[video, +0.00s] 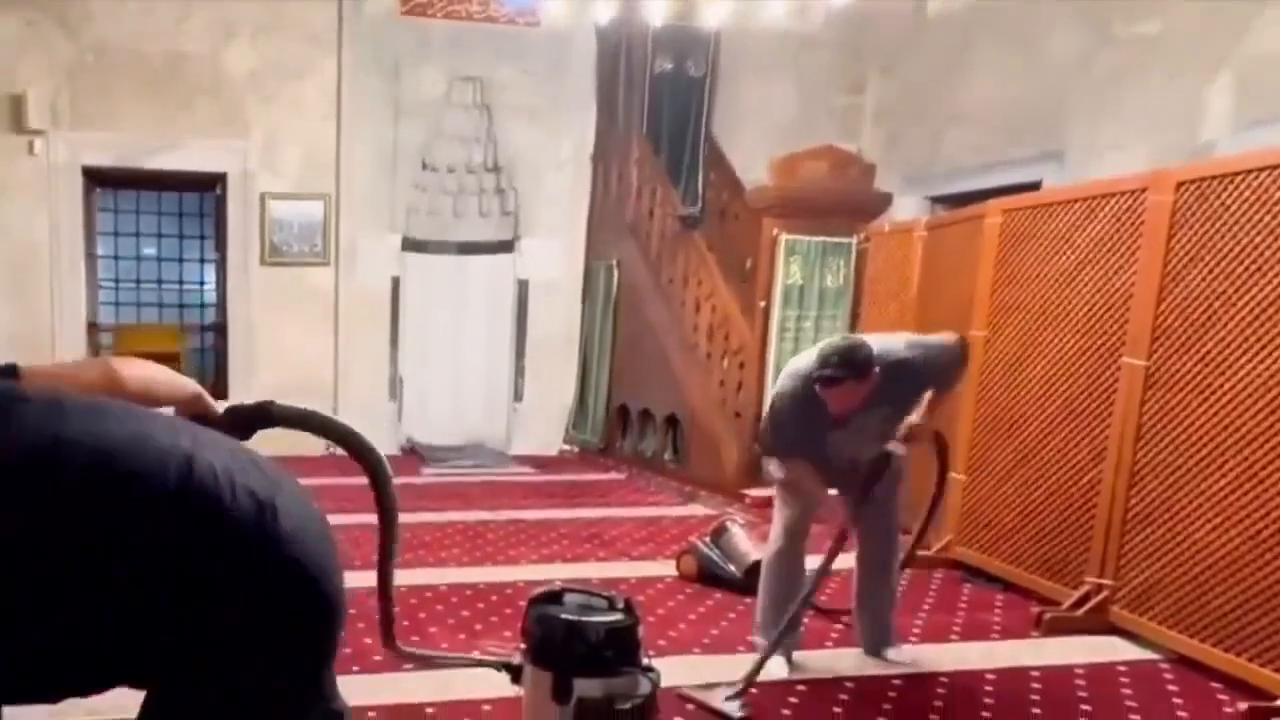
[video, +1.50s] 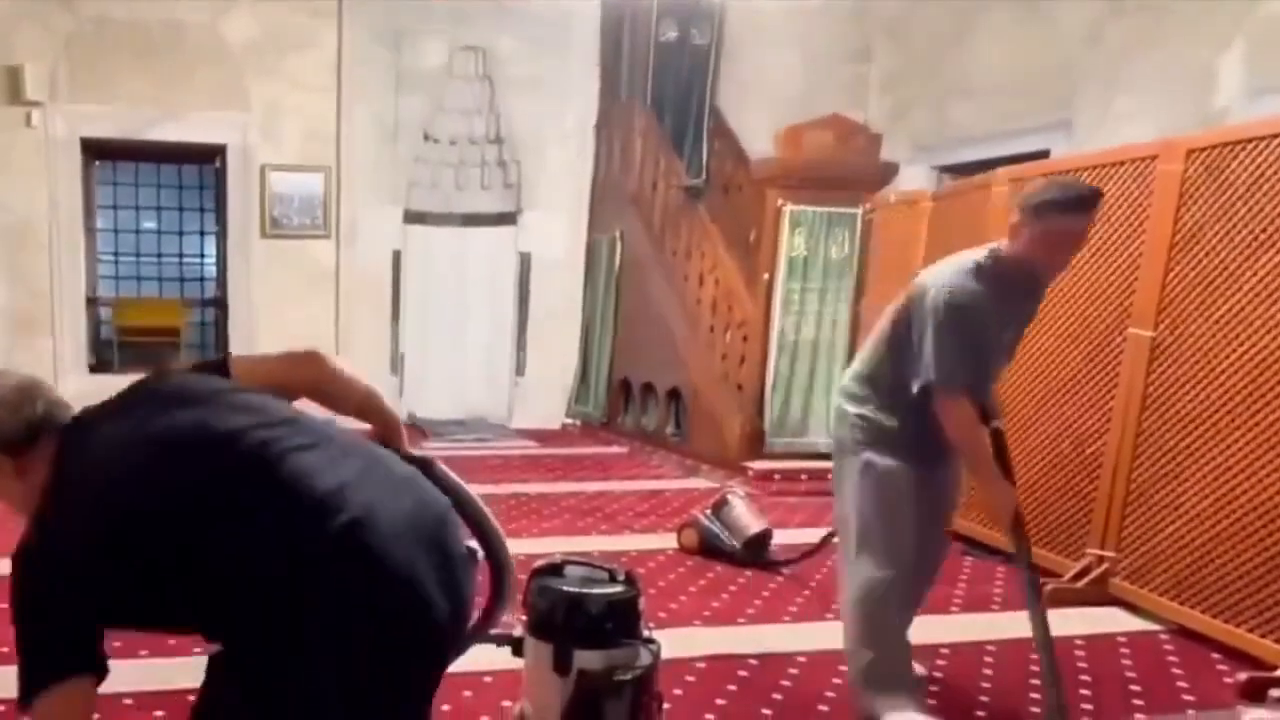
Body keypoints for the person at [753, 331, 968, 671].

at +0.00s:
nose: (826, 397)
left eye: (835, 388)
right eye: (822, 388)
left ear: (868, 379)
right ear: (816, 379)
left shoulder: (907, 361)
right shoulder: (793, 392)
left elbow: (957, 351)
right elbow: (786, 458)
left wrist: (926, 417)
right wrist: (823, 501)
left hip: (874, 458)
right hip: (810, 461)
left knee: (881, 546)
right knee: (786, 540)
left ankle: (879, 641)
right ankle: (776, 645)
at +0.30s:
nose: (834, 396)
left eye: (843, 387)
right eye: (829, 387)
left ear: (870, 378)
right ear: (821, 380)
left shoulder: (907, 366)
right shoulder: (791, 393)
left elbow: (952, 382)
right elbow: (779, 460)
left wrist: (908, 443)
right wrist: (811, 514)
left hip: (873, 459)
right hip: (810, 458)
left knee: (880, 542)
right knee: (786, 536)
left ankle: (878, 633)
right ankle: (772, 638)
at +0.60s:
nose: (871, 322)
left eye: (881, 313)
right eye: (864, 311)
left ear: (899, 307)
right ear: (847, 303)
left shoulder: (920, 324)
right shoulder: (802, 342)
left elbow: (946, 352)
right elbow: (782, 422)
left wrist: (914, 405)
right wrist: (811, 484)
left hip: (864, 438)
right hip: (798, 437)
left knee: (873, 528)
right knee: (787, 528)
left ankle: (874, 625)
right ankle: (774, 631)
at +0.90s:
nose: (935, 252)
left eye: (938, 240)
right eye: (924, 240)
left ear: (941, 238)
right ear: (890, 236)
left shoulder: (939, 277)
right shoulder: (836, 292)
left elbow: (938, 314)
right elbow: (817, 383)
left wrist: (935, 349)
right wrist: (864, 439)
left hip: (876, 412)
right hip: (805, 412)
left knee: (878, 527)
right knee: (782, 521)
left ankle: (860, 630)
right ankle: (771, 625)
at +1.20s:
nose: (1004, 235)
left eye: (1010, 224)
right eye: (995, 221)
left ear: (1011, 224)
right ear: (959, 215)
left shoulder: (982, 274)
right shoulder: (896, 278)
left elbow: (951, 350)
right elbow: (892, 376)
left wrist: (951, 389)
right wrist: (939, 444)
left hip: (907, 427)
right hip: (841, 422)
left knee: (905, 540)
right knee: (824, 531)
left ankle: (870, 642)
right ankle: (783, 619)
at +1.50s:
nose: (1064, 258)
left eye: (1073, 247)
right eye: (1057, 242)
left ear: (1078, 244)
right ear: (1021, 226)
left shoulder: (1028, 286)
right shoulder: (954, 289)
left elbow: (981, 354)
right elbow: (949, 403)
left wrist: (985, 406)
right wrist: (993, 486)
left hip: (938, 429)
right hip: (878, 425)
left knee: (923, 553)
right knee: (880, 560)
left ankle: (886, 648)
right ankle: (879, 688)